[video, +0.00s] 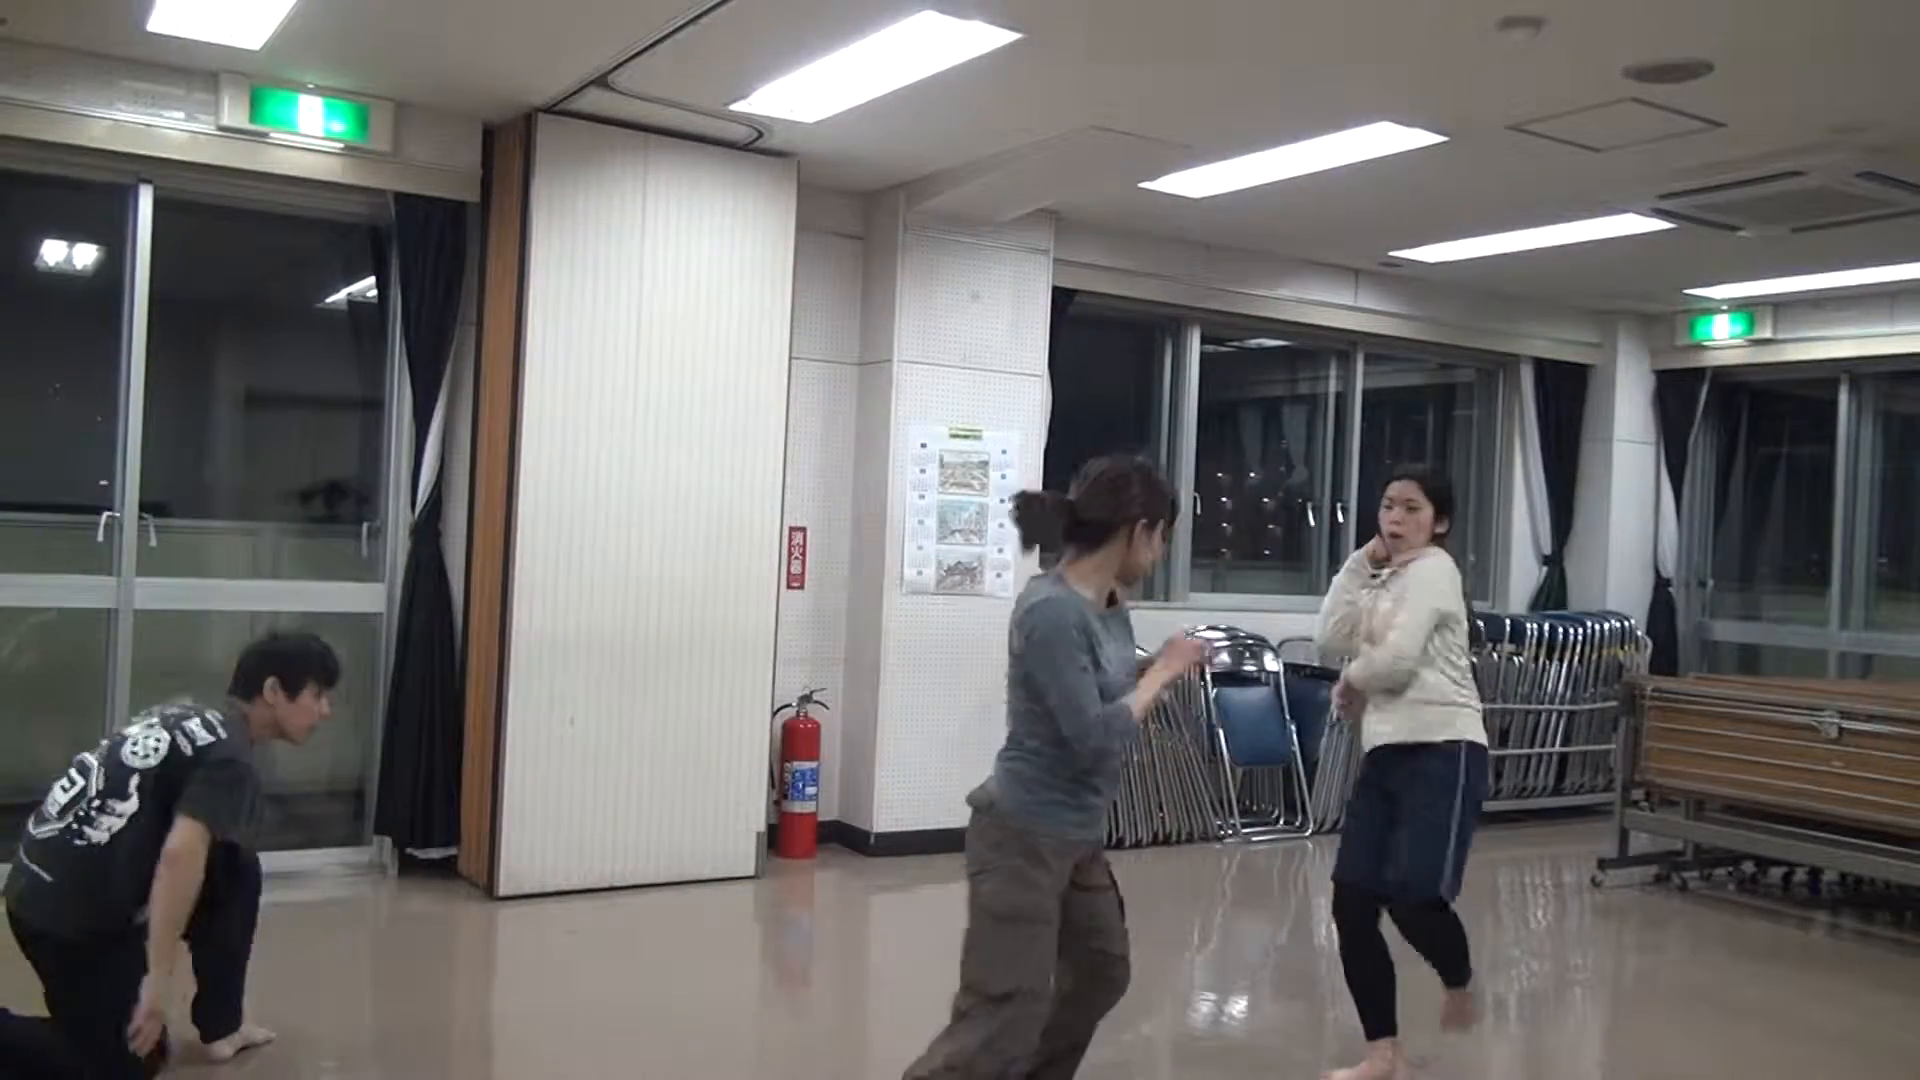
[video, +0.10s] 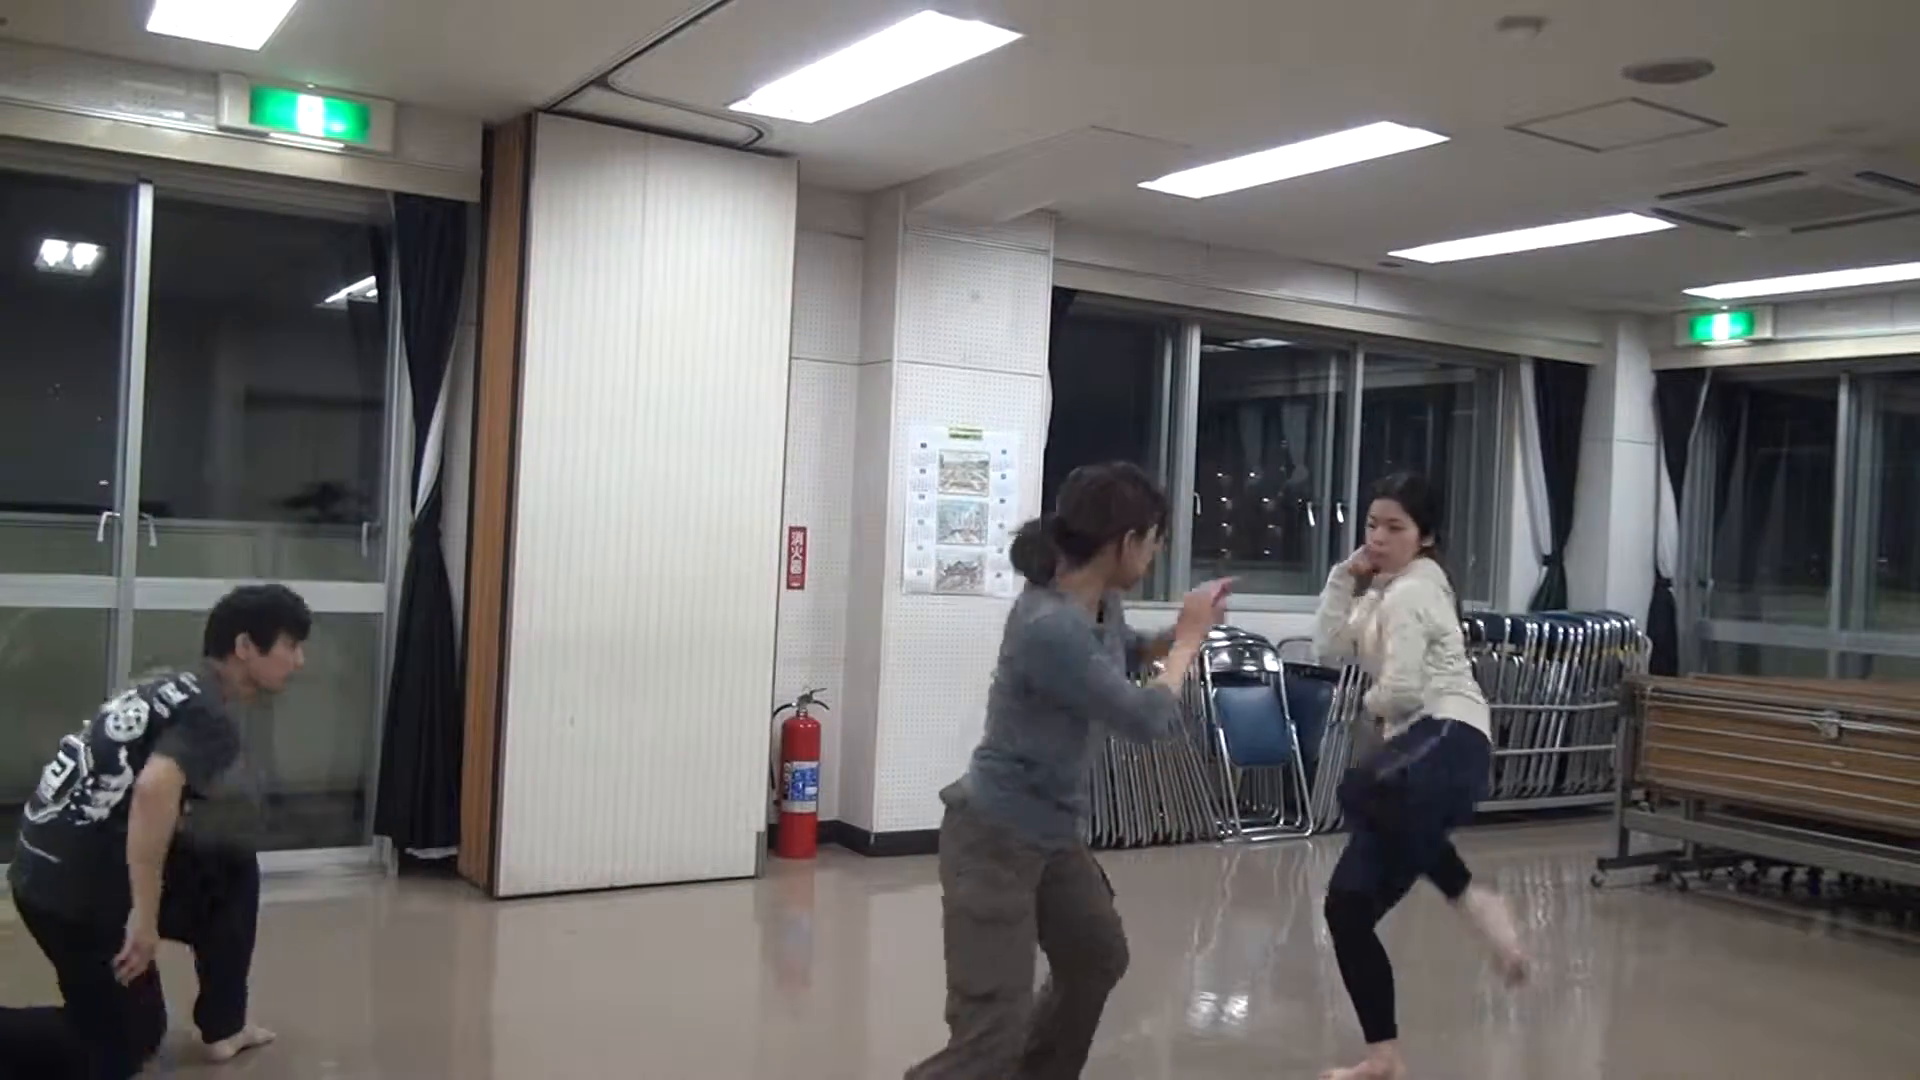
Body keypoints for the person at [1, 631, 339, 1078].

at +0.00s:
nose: (326, 711)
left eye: (326, 697)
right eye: (318, 695)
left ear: (268, 690)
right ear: (273, 691)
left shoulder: (181, 719)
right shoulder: (228, 757)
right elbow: (179, 858)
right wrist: (158, 985)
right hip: (77, 912)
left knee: (233, 867)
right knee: (126, 1061)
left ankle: (221, 1029)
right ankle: (2, 1030)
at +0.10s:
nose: (300, 660)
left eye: (300, 646)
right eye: (291, 645)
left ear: (245, 648)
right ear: (244, 648)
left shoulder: (170, 689)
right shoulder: (208, 715)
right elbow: (154, 789)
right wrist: (145, 914)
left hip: (44, 869)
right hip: (76, 882)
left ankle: (225, 1030)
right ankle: (223, 1028)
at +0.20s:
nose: (278, 619)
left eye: (278, 604)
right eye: (269, 603)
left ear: (217, 605)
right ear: (222, 605)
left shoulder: (148, 650)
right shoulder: (189, 674)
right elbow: (156, 746)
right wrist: (185, 868)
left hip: (34, 836)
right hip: (74, 853)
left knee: (212, 872)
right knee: (106, 1012)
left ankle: (225, 1028)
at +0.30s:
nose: (255, 578)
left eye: (256, 565)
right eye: (245, 563)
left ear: (192, 565)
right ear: (197, 563)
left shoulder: (121, 601)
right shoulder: (165, 634)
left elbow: (65, 696)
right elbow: (182, 734)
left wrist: (119, 767)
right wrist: (250, 834)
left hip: (24, 792)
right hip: (49, 815)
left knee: (172, 855)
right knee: (75, 982)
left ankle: (219, 1017)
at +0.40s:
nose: (231, 541)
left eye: (231, 527)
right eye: (221, 527)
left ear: (166, 531)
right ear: (171, 528)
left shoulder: (101, 569)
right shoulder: (142, 605)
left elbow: (54, 669)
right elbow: (196, 710)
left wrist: (105, 746)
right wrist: (292, 765)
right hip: (37, 801)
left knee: (155, 850)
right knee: (46, 975)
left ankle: (167, 1012)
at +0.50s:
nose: (216, 503)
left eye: (215, 489)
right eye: (202, 489)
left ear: (145, 499)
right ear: (151, 496)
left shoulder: (88, 549)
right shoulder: (134, 575)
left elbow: (51, 642)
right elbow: (185, 666)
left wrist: (103, 706)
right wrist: (286, 690)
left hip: (29, 764)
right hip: (39, 782)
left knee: (140, 852)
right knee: (38, 956)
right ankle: (3, 1051)